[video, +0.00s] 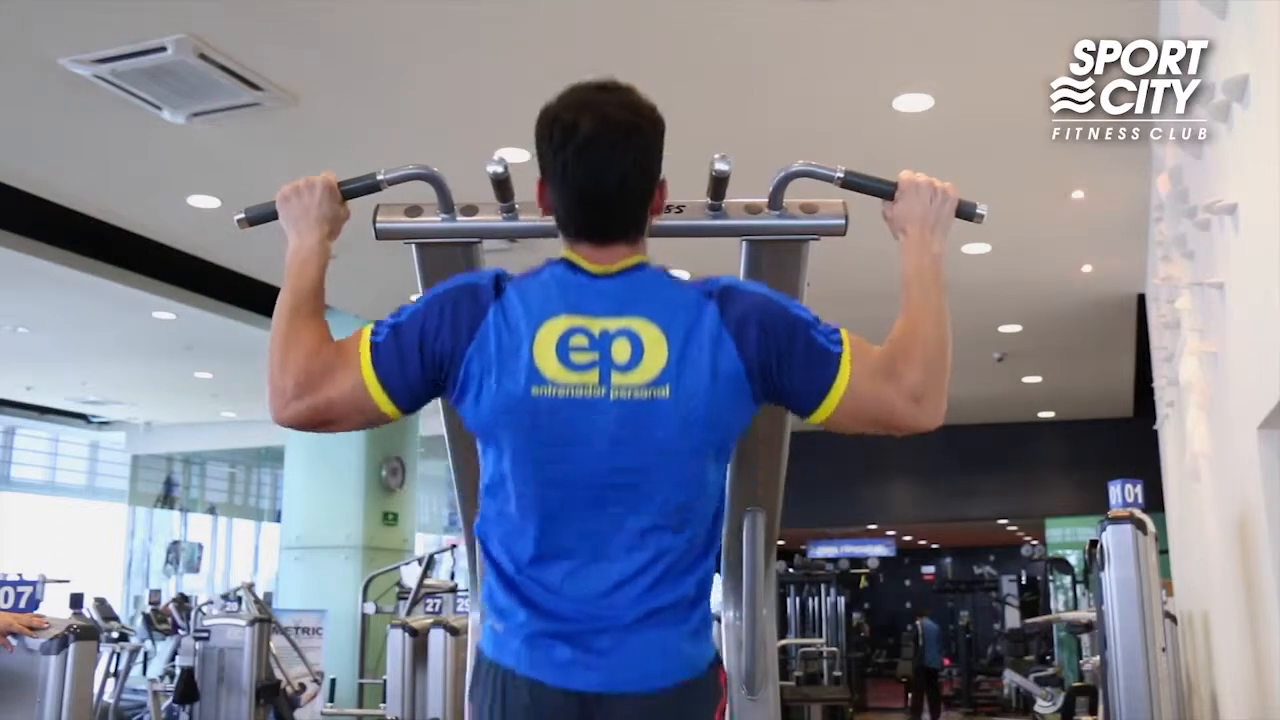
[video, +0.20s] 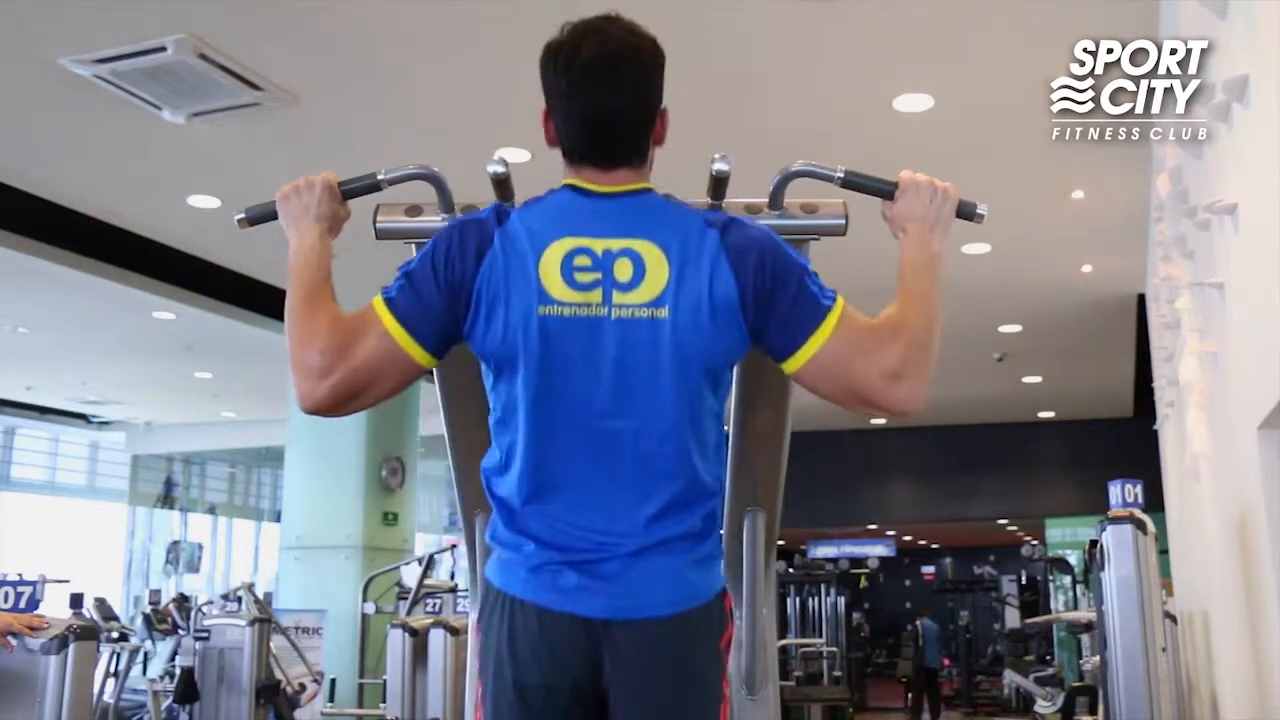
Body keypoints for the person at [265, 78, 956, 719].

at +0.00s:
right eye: (659, 176)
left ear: (540, 195)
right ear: (660, 197)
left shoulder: (478, 315)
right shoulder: (734, 321)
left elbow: (297, 395)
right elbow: (914, 400)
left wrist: (306, 246)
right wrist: (923, 244)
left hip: (520, 681)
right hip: (671, 681)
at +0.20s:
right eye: (662, 114)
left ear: (548, 128)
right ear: (661, 129)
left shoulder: (485, 248)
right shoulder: (731, 252)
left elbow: (325, 381)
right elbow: (894, 381)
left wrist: (308, 237)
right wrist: (923, 241)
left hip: (527, 613)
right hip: (673, 615)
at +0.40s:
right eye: (662, 101)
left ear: (549, 115)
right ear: (660, 115)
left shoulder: (485, 232)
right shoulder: (732, 236)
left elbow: (334, 376)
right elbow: (889, 374)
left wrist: (309, 238)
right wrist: (923, 239)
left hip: (532, 603)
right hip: (678, 605)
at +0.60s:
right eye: (662, 131)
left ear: (547, 145)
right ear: (662, 147)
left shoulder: (485, 262)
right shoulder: (732, 269)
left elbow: (316, 387)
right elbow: (905, 385)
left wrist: (309, 238)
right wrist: (924, 239)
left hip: (532, 636)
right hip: (680, 637)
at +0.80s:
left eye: (546, 172)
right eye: (658, 175)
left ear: (542, 195)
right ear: (662, 195)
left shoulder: (475, 311)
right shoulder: (732, 318)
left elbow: (297, 394)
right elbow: (912, 396)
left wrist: (308, 243)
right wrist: (924, 240)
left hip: (528, 689)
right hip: (687, 689)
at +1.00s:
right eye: (661, 237)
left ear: (539, 259)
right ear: (660, 260)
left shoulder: (469, 367)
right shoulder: (731, 379)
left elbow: (289, 397)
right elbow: (918, 398)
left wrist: (307, 244)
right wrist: (925, 243)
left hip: (523, 703)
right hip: (681, 705)